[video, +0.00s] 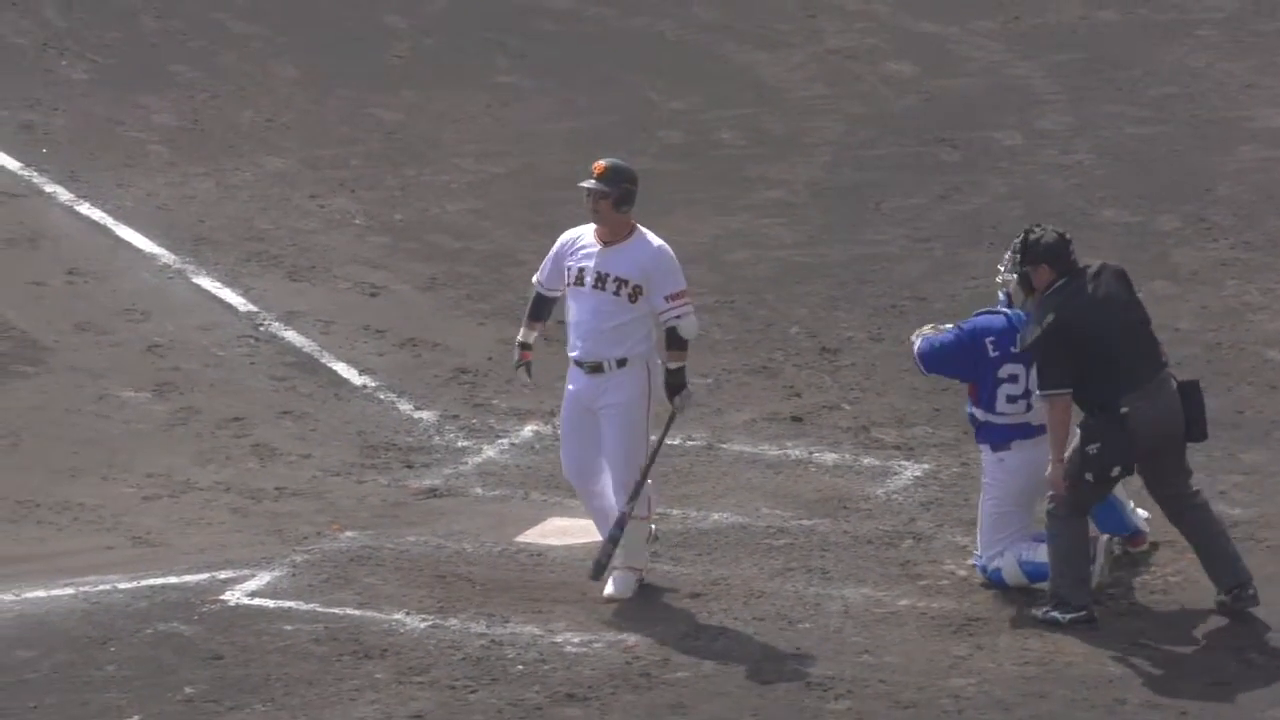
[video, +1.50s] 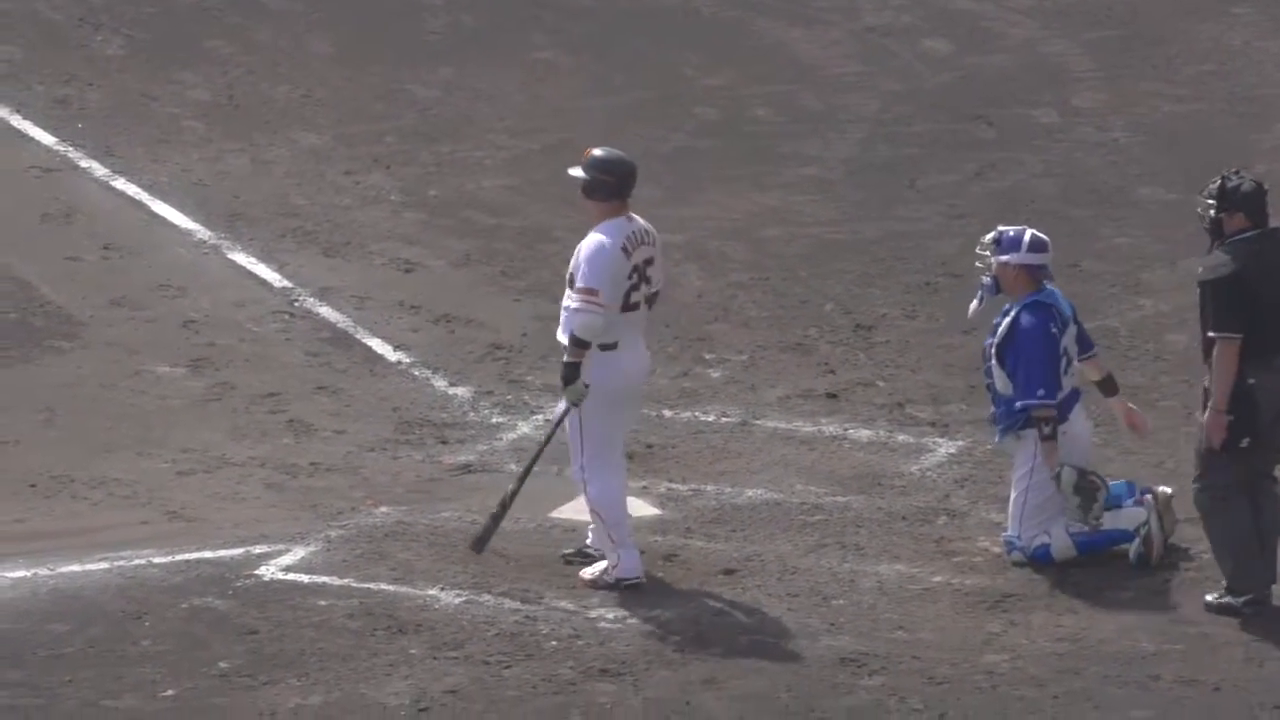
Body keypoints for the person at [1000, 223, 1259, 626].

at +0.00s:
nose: (1026, 277)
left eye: (1028, 269)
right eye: (1025, 269)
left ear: (1044, 270)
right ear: (1065, 261)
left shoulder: (1052, 321)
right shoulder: (1111, 277)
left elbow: (1059, 402)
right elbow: (1144, 342)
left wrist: (1057, 461)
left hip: (1119, 419)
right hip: (1165, 397)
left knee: (1066, 502)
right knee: (1179, 493)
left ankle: (1071, 603)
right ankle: (1238, 586)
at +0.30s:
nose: (1065, 262)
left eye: (1067, 254)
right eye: (1065, 254)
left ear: (1083, 256)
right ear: (1108, 248)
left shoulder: (1078, 307)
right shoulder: (1149, 273)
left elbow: (1075, 385)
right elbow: (1186, 317)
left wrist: (1071, 448)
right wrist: (1207, 323)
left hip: (1122, 417)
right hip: (1172, 404)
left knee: (1089, 512)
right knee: (1181, 506)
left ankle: (1086, 610)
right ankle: (1226, 604)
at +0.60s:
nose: (1128, 250)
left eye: (1130, 243)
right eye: (1129, 243)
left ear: (1143, 247)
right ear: (1175, 240)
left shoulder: (1133, 302)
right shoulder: (1211, 267)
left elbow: (1122, 378)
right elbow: (1237, 251)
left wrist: (1105, 434)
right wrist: (1227, 197)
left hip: (1158, 412)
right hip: (1212, 402)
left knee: (1128, 510)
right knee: (1215, 510)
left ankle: (1102, 605)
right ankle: (1240, 609)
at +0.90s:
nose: (1179, 238)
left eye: (1182, 232)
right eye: (1180, 231)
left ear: (1199, 235)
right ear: (1224, 229)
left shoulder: (1188, 285)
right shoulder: (1254, 259)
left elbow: (1180, 364)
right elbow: (1236, 231)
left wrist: (1160, 422)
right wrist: (1224, 194)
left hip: (1204, 402)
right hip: (1252, 393)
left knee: (1161, 495)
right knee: (1234, 491)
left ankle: (1129, 591)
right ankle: (1246, 598)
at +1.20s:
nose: (1201, 227)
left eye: (1205, 221)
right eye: (1204, 219)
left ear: (1222, 224)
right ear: (1246, 218)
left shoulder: (1216, 270)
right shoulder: (1270, 245)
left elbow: (1216, 351)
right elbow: (1246, 219)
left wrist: (1198, 419)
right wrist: (1230, 174)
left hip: (1235, 393)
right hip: (1272, 386)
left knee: (1185, 485)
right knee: (1249, 481)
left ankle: (1159, 583)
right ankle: (1253, 586)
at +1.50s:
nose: (1214, 219)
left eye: (1217, 212)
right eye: (1216, 212)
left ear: (1232, 217)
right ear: (1258, 213)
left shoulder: (1228, 263)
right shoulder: (1273, 246)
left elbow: (1229, 341)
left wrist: (1217, 408)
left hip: (1243, 390)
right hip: (1271, 385)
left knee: (1216, 484)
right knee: (1259, 478)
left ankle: (1245, 586)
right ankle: (1260, 576)